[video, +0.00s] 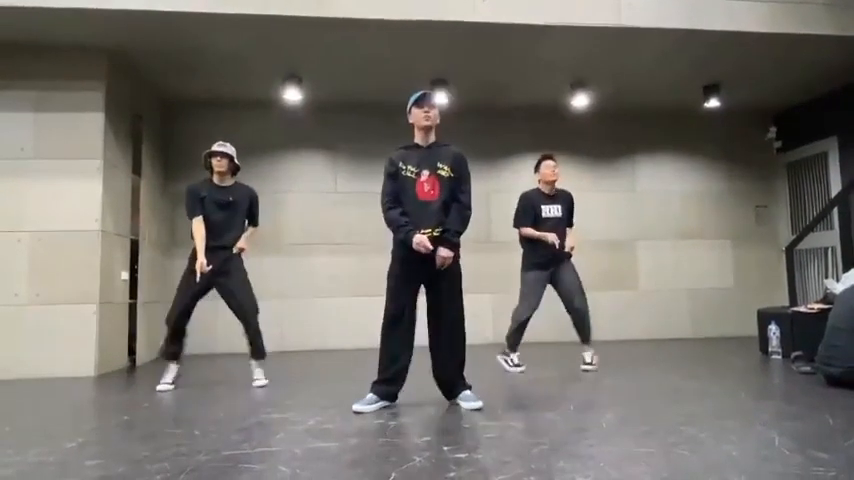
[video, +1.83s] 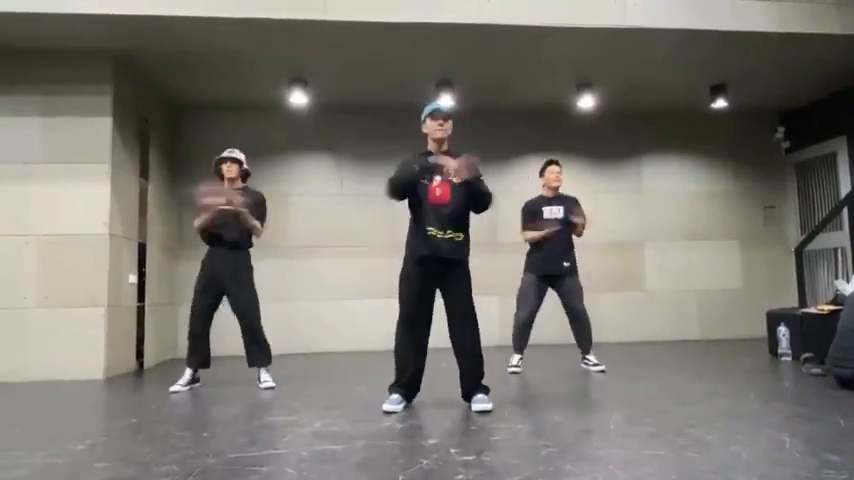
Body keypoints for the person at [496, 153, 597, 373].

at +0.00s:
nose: (554, 171)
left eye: (555, 168)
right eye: (549, 168)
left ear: (558, 173)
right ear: (538, 174)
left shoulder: (565, 197)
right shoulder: (528, 198)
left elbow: (569, 225)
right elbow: (523, 229)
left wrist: (570, 240)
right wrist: (544, 235)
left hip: (561, 263)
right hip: (535, 266)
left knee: (578, 305)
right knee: (525, 310)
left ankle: (587, 350)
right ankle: (509, 352)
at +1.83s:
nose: (557, 176)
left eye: (559, 173)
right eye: (552, 173)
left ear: (562, 178)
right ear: (542, 178)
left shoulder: (571, 202)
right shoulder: (531, 206)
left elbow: (579, 232)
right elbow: (526, 235)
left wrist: (577, 222)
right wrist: (545, 232)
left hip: (565, 268)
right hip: (536, 269)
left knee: (577, 310)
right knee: (524, 314)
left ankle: (587, 355)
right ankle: (517, 355)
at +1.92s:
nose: (551, 180)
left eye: (553, 176)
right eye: (546, 177)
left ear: (556, 181)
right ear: (537, 182)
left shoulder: (567, 207)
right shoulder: (528, 210)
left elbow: (578, 235)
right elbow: (514, 237)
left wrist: (601, 239)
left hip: (564, 273)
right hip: (535, 274)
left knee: (576, 313)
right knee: (524, 316)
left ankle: (587, 355)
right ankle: (517, 356)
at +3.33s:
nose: (556, 178)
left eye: (558, 175)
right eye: (551, 175)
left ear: (562, 179)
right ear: (543, 180)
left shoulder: (570, 207)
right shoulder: (531, 207)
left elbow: (582, 236)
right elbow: (521, 234)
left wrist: (611, 234)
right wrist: (511, 235)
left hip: (569, 270)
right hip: (540, 271)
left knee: (582, 312)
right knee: (531, 311)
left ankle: (589, 353)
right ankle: (536, 353)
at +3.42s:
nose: (552, 176)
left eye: (554, 173)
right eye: (547, 173)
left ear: (558, 178)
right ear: (539, 178)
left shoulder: (568, 205)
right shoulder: (528, 204)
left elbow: (586, 229)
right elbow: (505, 221)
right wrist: (501, 207)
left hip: (562, 270)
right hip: (535, 270)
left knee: (577, 310)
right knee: (529, 312)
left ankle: (588, 351)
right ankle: (537, 353)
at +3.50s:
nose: (548, 174)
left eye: (551, 171)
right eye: (543, 171)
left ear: (555, 176)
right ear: (535, 177)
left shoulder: (564, 201)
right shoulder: (525, 200)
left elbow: (591, 217)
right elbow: (511, 209)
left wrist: (577, 203)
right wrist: (508, 208)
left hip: (559, 267)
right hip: (531, 269)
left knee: (571, 307)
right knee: (529, 311)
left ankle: (582, 346)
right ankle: (538, 353)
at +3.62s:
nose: (542, 173)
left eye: (545, 170)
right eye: (538, 170)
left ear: (550, 174)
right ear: (530, 175)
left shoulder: (563, 196)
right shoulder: (525, 200)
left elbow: (585, 216)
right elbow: (516, 219)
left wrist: (570, 233)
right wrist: (519, 238)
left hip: (555, 259)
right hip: (530, 259)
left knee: (551, 303)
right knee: (530, 306)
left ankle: (564, 346)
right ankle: (539, 352)